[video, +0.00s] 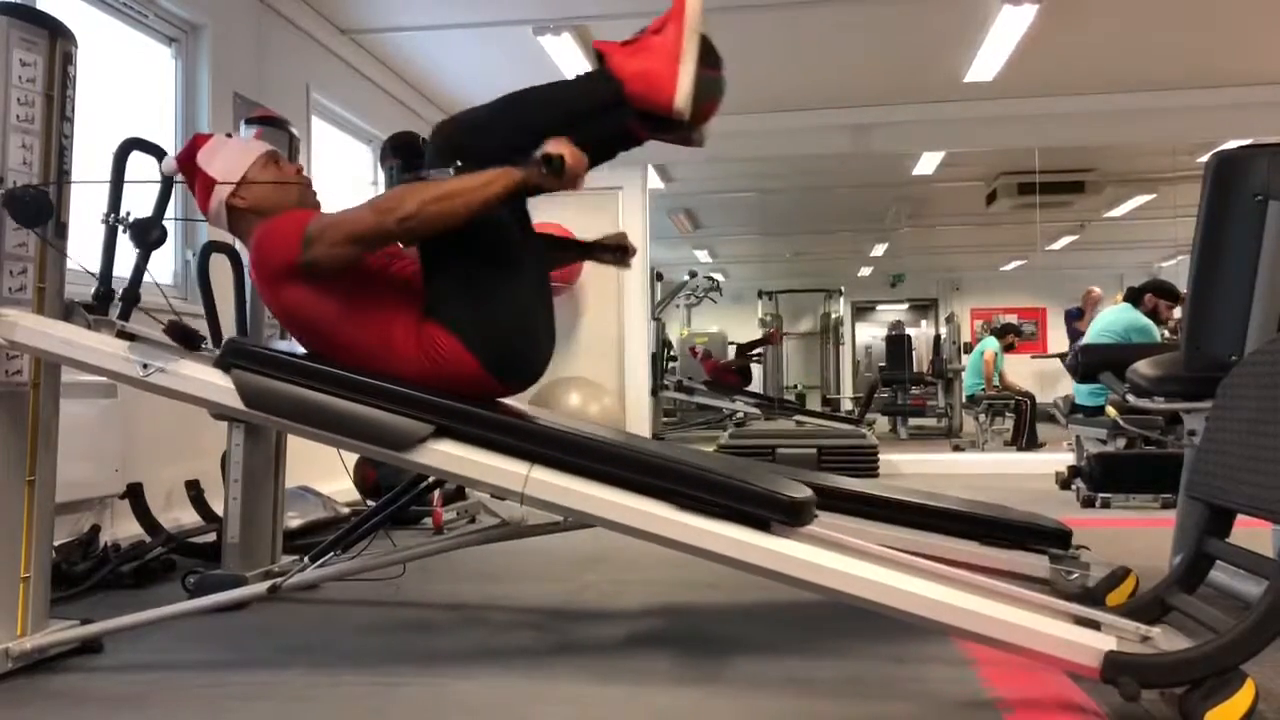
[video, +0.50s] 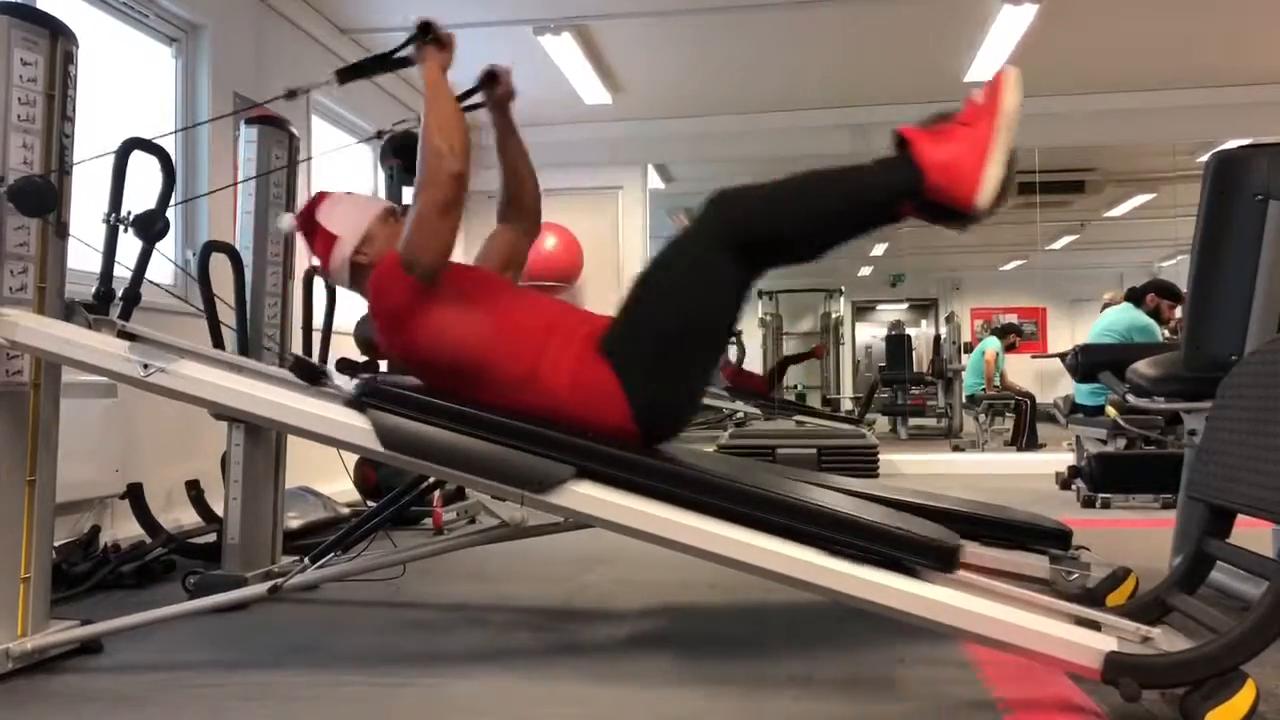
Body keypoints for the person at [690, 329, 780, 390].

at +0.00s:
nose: (709, 351)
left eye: (707, 349)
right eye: (707, 350)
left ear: (702, 357)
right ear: (705, 355)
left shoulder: (710, 365)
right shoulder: (711, 365)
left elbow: (733, 362)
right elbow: (733, 363)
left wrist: (754, 357)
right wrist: (753, 361)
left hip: (740, 379)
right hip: (743, 380)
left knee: (740, 349)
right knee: (740, 350)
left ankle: (767, 339)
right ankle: (768, 340)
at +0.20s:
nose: (714, 353)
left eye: (711, 352)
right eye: (711, 353)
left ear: (706, 361)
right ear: (710, 358)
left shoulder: (715, 369)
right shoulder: (716, 368)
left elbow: (734, 359)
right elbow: (736, 359)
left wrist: (746, 348)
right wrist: (748, 347)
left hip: (747, 381)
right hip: (750, 382)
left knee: (754, 351)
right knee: (754, 352)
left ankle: (781, 342)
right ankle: (782, 342)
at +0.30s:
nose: (718, 355)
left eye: (715, 354)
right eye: (715, 355)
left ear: (710, 362)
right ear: (714, 359)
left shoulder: (719, 371)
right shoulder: (721, 370)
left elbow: (735, 358)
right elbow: (738, 357)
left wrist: (742, 345)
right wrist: (747, 343)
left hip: (751, 385)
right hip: (755, 383)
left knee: (764, 357)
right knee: (764, 355)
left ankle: (793, 345)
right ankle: (794, 346)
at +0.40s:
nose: (719, 356)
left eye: (716, 355)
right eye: (716, 356)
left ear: (713, 364)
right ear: (716, 360)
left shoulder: (726, 370)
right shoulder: (725, 372)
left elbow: (739, 356)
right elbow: (739, 356)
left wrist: (741, 340)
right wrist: (742, 339)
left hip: (759, 382)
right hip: (761, 385)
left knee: (773, 359)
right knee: (774, 358)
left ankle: (803, 350)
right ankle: (804, 350)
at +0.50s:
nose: (729, 359)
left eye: (727, 357)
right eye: (726, 358)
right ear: (724, 361)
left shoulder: (730, 374)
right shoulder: (730, 373)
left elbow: (740, 355)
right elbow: (741, 355)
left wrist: (737, 339)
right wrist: (738, 338)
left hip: (765, 389)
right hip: (766, 385)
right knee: (784, 362)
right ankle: (813, 353)